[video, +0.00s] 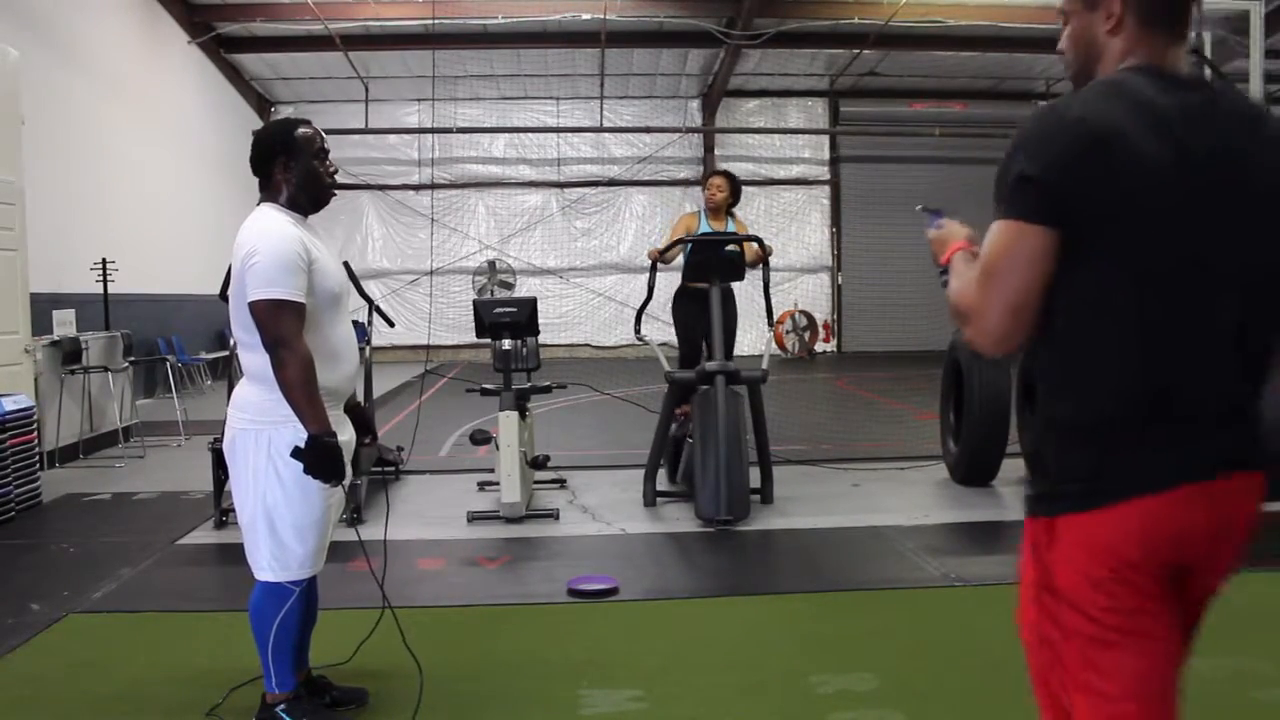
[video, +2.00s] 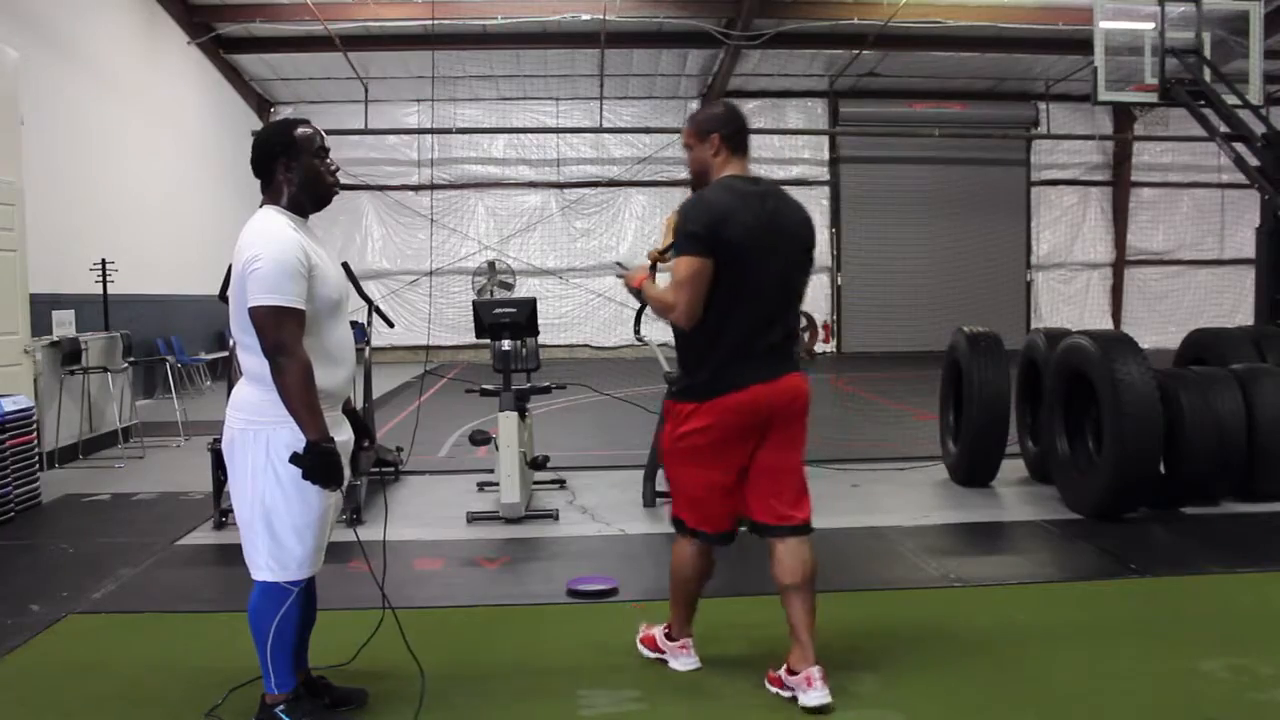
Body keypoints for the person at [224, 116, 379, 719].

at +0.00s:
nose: (333, 167)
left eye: (330, 156)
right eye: (320, 157)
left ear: (292, 170)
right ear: (286, 169)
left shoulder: (298, 235)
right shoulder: (272, 236)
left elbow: (317, 337)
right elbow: (282, 345)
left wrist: (352, 403)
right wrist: (318, 432)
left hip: (304, 426)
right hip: (277, 430)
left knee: (301, 564)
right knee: (284, 570)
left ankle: (297, 679)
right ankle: (281, 697)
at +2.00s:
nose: (334, 165)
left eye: (330, 154)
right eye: (321, 155)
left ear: (292, 171)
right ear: (286, 169)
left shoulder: (295, 238)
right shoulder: (272, 241)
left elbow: (311, 344)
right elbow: (282, 351)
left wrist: (349, 410)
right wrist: (317, 440)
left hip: (299, 427)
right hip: (275, 431)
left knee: (298, 566)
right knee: (282, 571)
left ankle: (296, 680)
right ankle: (280, 698)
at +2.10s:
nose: (335, 165)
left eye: (330, 154)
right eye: (321, 155)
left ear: (292, 171)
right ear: (287, 169)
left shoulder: (295, 238)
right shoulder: (273, 241)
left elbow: (310, 344)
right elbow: (282, 352)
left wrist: (349, 408)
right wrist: (316, 441)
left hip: (298, 426)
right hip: (275, 430)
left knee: (298, 567)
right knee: (282, 571)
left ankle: (296, 681)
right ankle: (281, 698)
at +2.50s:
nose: (337, 167)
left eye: (333, 156)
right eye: (324, 157)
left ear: (294, 171)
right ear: (289, 169)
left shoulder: (297, 238)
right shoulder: (274, 242)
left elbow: (311, 346)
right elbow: (284, 355)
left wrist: (350, 409)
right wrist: (317, 442)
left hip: (299, 427)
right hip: (276, 431)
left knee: (300, 566)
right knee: (283, 571)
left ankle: (297, 680)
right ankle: (281, 697)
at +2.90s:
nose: (338, 167)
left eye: (334, 156)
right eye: (325, 157)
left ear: (295, 171)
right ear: (291, 170)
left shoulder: (298, 237)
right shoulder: (276, 240)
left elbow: (312, 343)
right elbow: (285, 348)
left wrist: (350, 409)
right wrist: (321, 437)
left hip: (299, 428)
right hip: (276, 432)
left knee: (299, 566)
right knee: (283, 571)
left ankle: (296, 680)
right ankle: (281, 697)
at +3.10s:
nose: (339, 169)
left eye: (335, 158)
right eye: (326, 159)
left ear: (295, 171)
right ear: (291, 170)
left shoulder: (298, 236)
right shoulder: (276, 238)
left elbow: (314, 342)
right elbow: (287, 347)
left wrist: (353, 409)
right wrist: (323, 435)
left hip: (299, 429)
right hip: (275, 432)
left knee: (299, 566)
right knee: (282, 571)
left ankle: (296, 680)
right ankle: (280, 698)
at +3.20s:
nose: (339, 169)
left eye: (336, 157)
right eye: (327, 159)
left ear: (295, 171)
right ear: (292, 170)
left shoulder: (298, 236)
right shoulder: (276, 238)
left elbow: (314, 343)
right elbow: (287, 347)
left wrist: (353, 409)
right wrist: (324, 435)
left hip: (298, 429)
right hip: (275, 432)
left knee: (299, 566)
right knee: (282, 571)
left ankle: (296, 681)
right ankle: (280, 698)